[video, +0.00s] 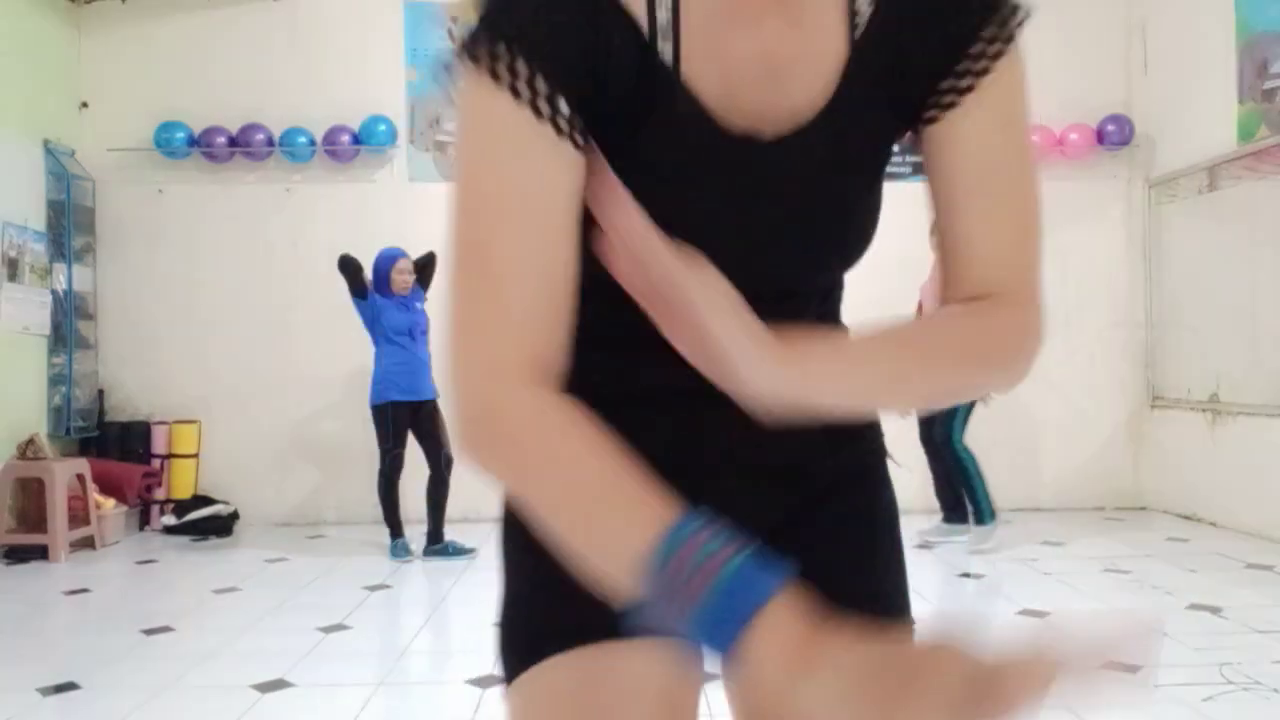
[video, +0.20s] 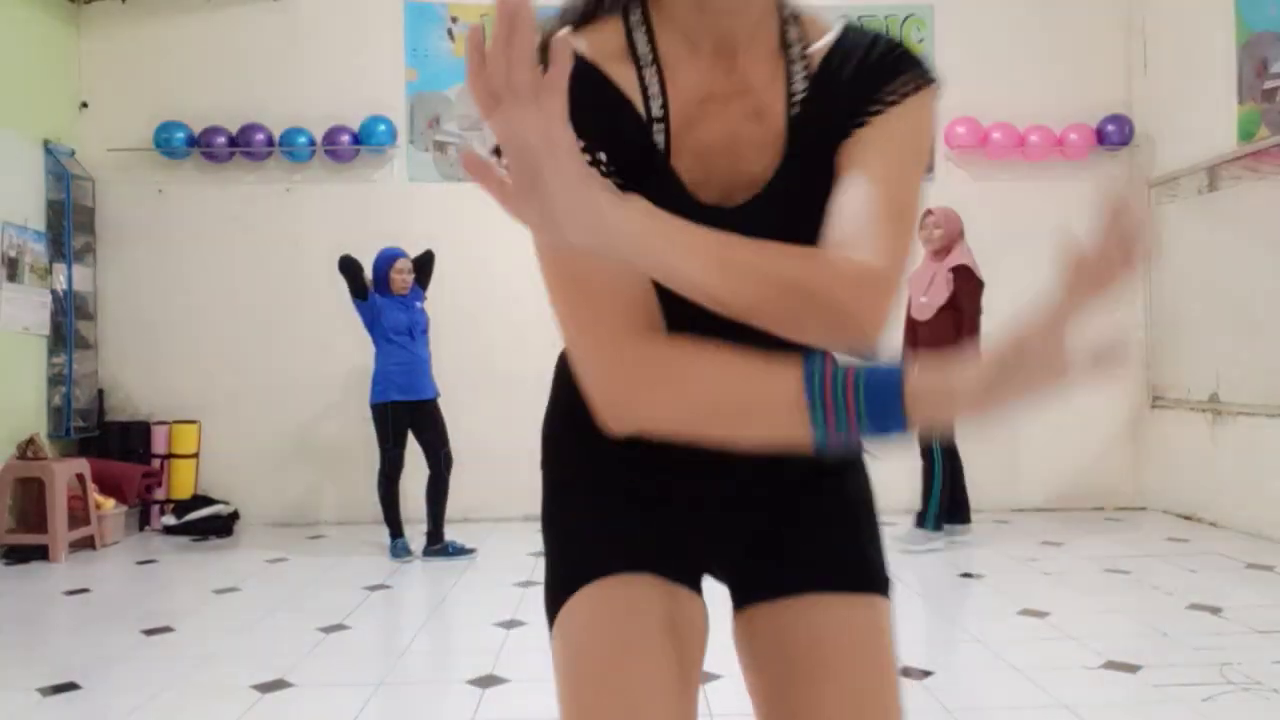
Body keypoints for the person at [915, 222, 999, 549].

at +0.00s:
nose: (934, 238)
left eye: (939, 233)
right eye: (935, 233)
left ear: (956, 237)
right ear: (937, 236)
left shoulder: (969, 275)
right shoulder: (937, 275)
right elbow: (924, 316)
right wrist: (921, 342)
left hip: (965, 356)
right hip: (937, 356)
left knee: (947, 434)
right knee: (932, 435)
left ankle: (984, 517)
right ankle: (954, 517)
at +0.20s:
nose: (930, 233)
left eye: (938, 227)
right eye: (926, 227)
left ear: (954, 232)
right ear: (920, 234)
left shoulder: (963, 271)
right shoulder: (922, 272)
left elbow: (970, 324)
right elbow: (912, 322)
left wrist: (968, 369)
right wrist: (906, 364)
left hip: (946, 364)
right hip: (918, 363)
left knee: (933, 440)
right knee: (939, 440)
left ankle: (930, 518)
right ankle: (956, 512)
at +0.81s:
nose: (896, 231)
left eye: (903, 226)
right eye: (893, 227)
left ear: (923, 231)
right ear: (892, 235)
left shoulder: (929, 276)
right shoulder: (903, 272)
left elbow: (933, 332)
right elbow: (906, 327)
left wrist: (918, 376)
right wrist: (896, 368)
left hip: (924, 378)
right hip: (897, 373)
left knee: (913, 448)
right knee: (868, 435)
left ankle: (921, 530)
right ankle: (906, 511)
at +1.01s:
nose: (887, 228)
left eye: (895, 223)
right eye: (884, 224)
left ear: (912, 228)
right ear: (881, 232)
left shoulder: (916, 263)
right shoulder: (895, 267)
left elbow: (929, 318)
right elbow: (892, 334)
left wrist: (916, 367)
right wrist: (875, 383)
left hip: (916, 377)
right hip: (888, 376)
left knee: (923, 452)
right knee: (873, 450)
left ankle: (923, 528)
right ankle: (854, 522)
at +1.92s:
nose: (894, 228)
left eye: (902, 223)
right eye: (889, 223)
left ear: (918, 230)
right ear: (883, 230)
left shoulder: (933, 274)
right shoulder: (867, 269)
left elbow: (946, 329)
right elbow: (849, 314)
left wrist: (948, 379)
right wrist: (843, 359)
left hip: (915, 373)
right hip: (868, 369)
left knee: (918, 451)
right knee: (861, 449)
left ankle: (920, 529)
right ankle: (861, 529)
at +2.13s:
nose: (902, 240)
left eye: (910, 234)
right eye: (896, 234)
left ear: (922, 239)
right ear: (888, 238)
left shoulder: (939, 281)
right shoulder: (873, 279)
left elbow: (954, 333)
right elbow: (859, 332)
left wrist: (962, 381)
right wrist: (854, 380)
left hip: (926, 377)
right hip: (881, 375)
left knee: (928, 452)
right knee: (863, 445)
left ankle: (921, 529)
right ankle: (868, 522)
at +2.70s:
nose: (902, 245)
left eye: (907, 239)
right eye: (895, 239)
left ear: (913, 242)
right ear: (880, 242)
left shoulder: (922, 278)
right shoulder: (862, 281)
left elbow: (936, 331)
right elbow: (850, 334)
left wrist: (940, 378)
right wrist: (854, 380)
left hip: (918, 376)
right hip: (876, 377)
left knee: (924, 448)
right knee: (879, 448)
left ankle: (923, 523)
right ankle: (885, 519)